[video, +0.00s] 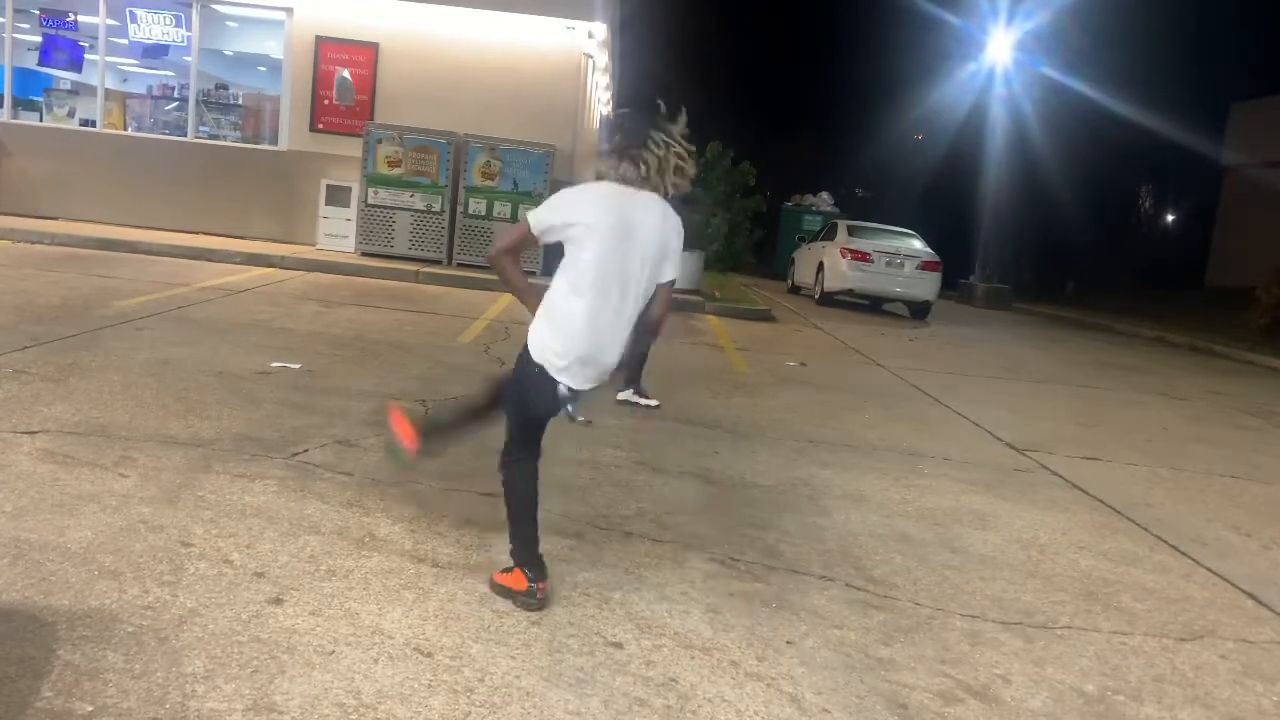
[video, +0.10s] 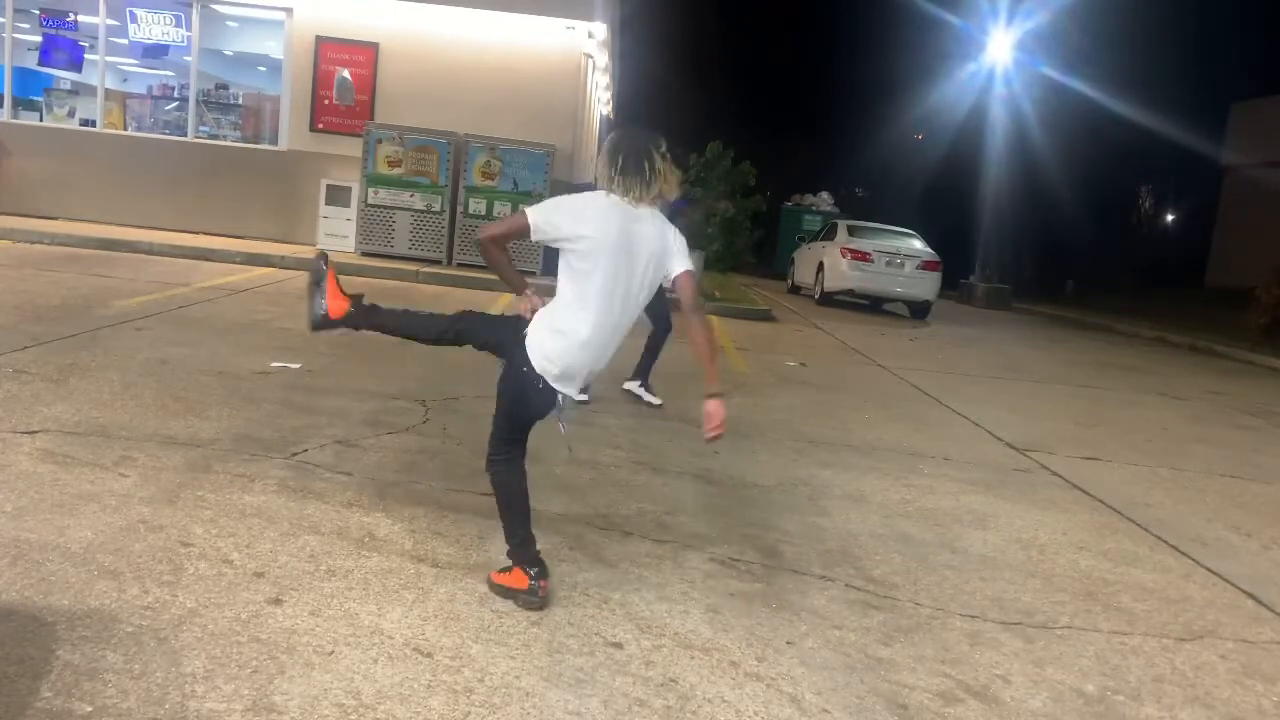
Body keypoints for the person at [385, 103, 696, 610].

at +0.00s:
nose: (597, 157)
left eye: (601, 150)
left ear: (607, 154)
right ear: (653, 161)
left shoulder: (583, 199)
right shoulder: (668, 220)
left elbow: (502, 252)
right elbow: (656, 316)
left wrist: (532, 300)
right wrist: (627, 365)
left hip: (553, 347)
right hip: (600, 361)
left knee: (520, 454)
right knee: (499, 394)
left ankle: (528, 572)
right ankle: (424, 433)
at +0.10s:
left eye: (606, 157)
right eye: (671, 173)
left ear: (610, 164)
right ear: (661, 175)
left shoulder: (584, 207)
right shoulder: (667, 234)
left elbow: (491, 237)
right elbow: (692, 311)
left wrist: (522, 289)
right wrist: (713, 392)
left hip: (537, 358)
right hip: (571, 365)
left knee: (505, 455)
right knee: (463, 324)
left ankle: (526, 568)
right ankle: (349, 311)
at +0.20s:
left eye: (610, 147)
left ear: (612, 154)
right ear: (662, 168)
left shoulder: (585, 197)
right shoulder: (668, 222)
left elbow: (497, 237)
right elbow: (703, 298)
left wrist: (506, 293)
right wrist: (735, 374)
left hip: (551, 351)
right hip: (579, 356)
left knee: (513, 453)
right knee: (467, 353)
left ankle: (530, 570)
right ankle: (351, 362)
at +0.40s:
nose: (616, 131)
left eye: (622, 126)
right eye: (622, 129)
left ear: (628, 134)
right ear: (672, 150)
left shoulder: (605, 170)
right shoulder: (674, 204)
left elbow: (536, 142)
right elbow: (678, 249)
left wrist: (466, 96)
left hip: (581, 342)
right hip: (635, 345)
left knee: (513, 431)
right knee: (603, 416)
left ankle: (525, 562)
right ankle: (680, 493)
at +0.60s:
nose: (628, 146)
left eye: (636, 138)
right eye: (698, 147)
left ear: (645, 141)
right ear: (692, 152)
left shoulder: (637, 175)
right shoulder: (696, 208)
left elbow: (632, 205)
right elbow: (704, 250)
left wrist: (600, 209)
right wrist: (752, 182)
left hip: (616, 357)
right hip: (672, 361)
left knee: (594, 457)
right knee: (695, 458)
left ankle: (580, 571)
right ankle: (738, 566)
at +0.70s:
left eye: (659, 143)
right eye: (719, 153)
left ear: (665, 147)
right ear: (715, 160)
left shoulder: (653, 182)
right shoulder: (717, 208)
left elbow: (633, 220)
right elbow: (720, 242)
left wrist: (580, 247)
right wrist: (730, 182)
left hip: (629, 362)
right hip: (696, 367)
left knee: (582, 434)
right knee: (727, 450)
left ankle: (576, 545)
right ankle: (740, 566)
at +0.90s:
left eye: (721, 174)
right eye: (786, 195)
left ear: (729, 179)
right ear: (780, 194)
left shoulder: (699, 218)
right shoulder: (779, 245)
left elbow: (666, 296)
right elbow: (765, 301)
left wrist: (626, 365)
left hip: (663, 368)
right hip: (712, 386)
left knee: (616, 449)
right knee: (693, 468)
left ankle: (553, 537)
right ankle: (758, 559)